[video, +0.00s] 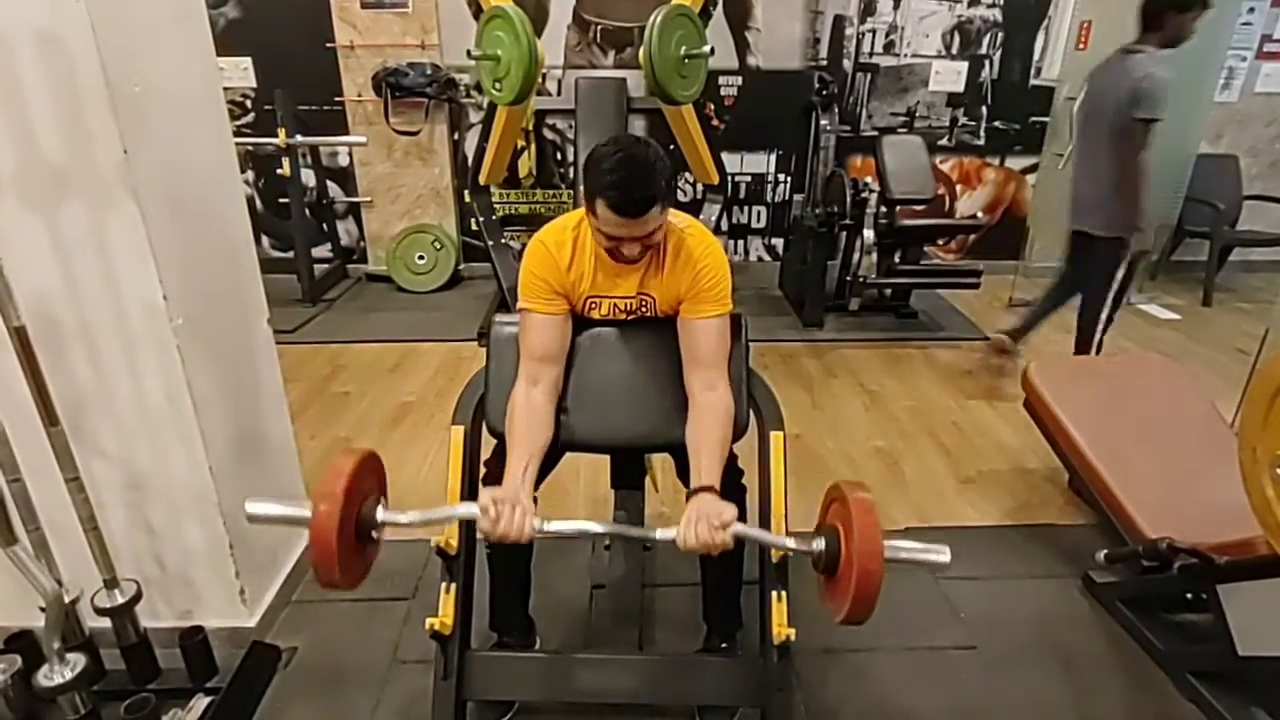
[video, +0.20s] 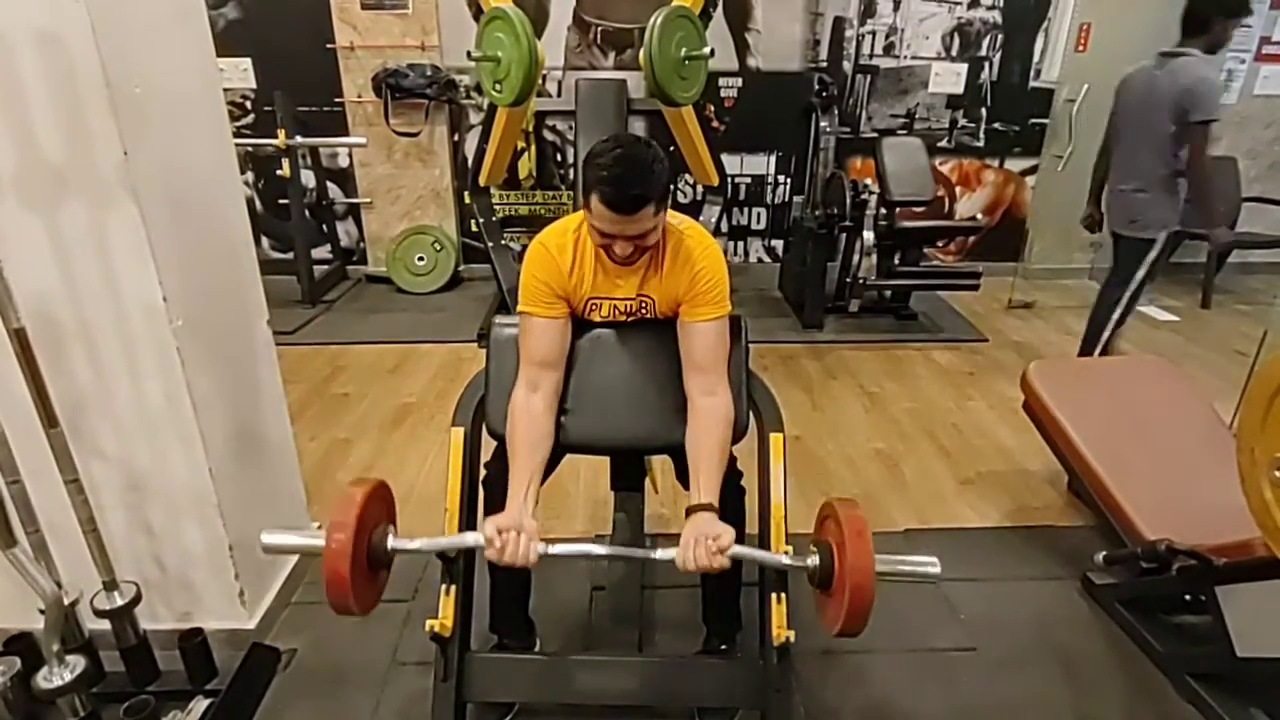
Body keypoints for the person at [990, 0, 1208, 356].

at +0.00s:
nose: (1195, 29)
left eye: (1197, 20)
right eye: (1193, 19)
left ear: (1153, 15)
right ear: (1170, 17)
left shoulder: (1110, 64)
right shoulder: (1151, 72)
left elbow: (1087, 138)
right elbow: (1130, 154)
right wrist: (1135, 225)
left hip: (1085, 205)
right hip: (1114, 214)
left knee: (1073, 277)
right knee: (1101, 299)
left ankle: (1015, 333)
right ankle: (1082, 372)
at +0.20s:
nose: (1232, 37)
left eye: (1236, 28)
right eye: (1232, 27)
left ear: (1189, 22)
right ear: (1216, 26)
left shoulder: (1135, 76)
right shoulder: (1200, 79)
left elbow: (1108, 148)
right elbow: (1196, 164)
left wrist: (1094, 202)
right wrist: (1214, 225)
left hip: (1118, 206)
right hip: (1156, 214)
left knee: (1121, 287)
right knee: (1121, 294)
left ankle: (1104, 356)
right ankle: (1087, 366)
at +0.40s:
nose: (1258, 46)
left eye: (1260, 39)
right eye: (1259, 38)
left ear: (1213, 35)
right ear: (1248, 38)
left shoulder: (1162, 86)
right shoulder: (1236, 87)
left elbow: (1132, 154)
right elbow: (1241, 168)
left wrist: (1108, 210)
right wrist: (1262, 223)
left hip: (1151, 210)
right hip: (1193, 215)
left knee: (1161, 288)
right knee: (1148, 294)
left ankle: (1162, 358)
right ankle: (1098, 362)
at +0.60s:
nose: (1278, 38)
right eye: (1277, 31)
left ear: (1238, 31)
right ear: (1273, 34)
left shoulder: (1193, 79)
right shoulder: (1267, 77)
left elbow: (1169, 146)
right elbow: (1261, 153)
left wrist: (1151, 201)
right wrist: (1272, 214)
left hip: (1180, 204)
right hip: (1224, 209)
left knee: (1172, 285)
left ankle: (1165, 358)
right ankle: (1154, 342)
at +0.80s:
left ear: (1260, 32)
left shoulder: (1219, 76)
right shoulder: (1275, 82)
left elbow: (1198, 141)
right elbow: (1271, 155)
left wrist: (1204, 180)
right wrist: (1273, 211)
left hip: (1201, 197)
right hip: (1250, 204)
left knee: (1182, 275)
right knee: (1247, 277)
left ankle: (1163, 351)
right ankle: (1216, 349)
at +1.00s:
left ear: (1273, 52)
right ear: (1279, 56)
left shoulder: (1246, 81)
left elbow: (1221, 140)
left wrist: (1235, 171)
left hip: (1223, 198)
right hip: (1267, 205)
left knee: (1200, 270)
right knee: (1253, 278)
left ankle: (1168, 347)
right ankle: (1239, 344)